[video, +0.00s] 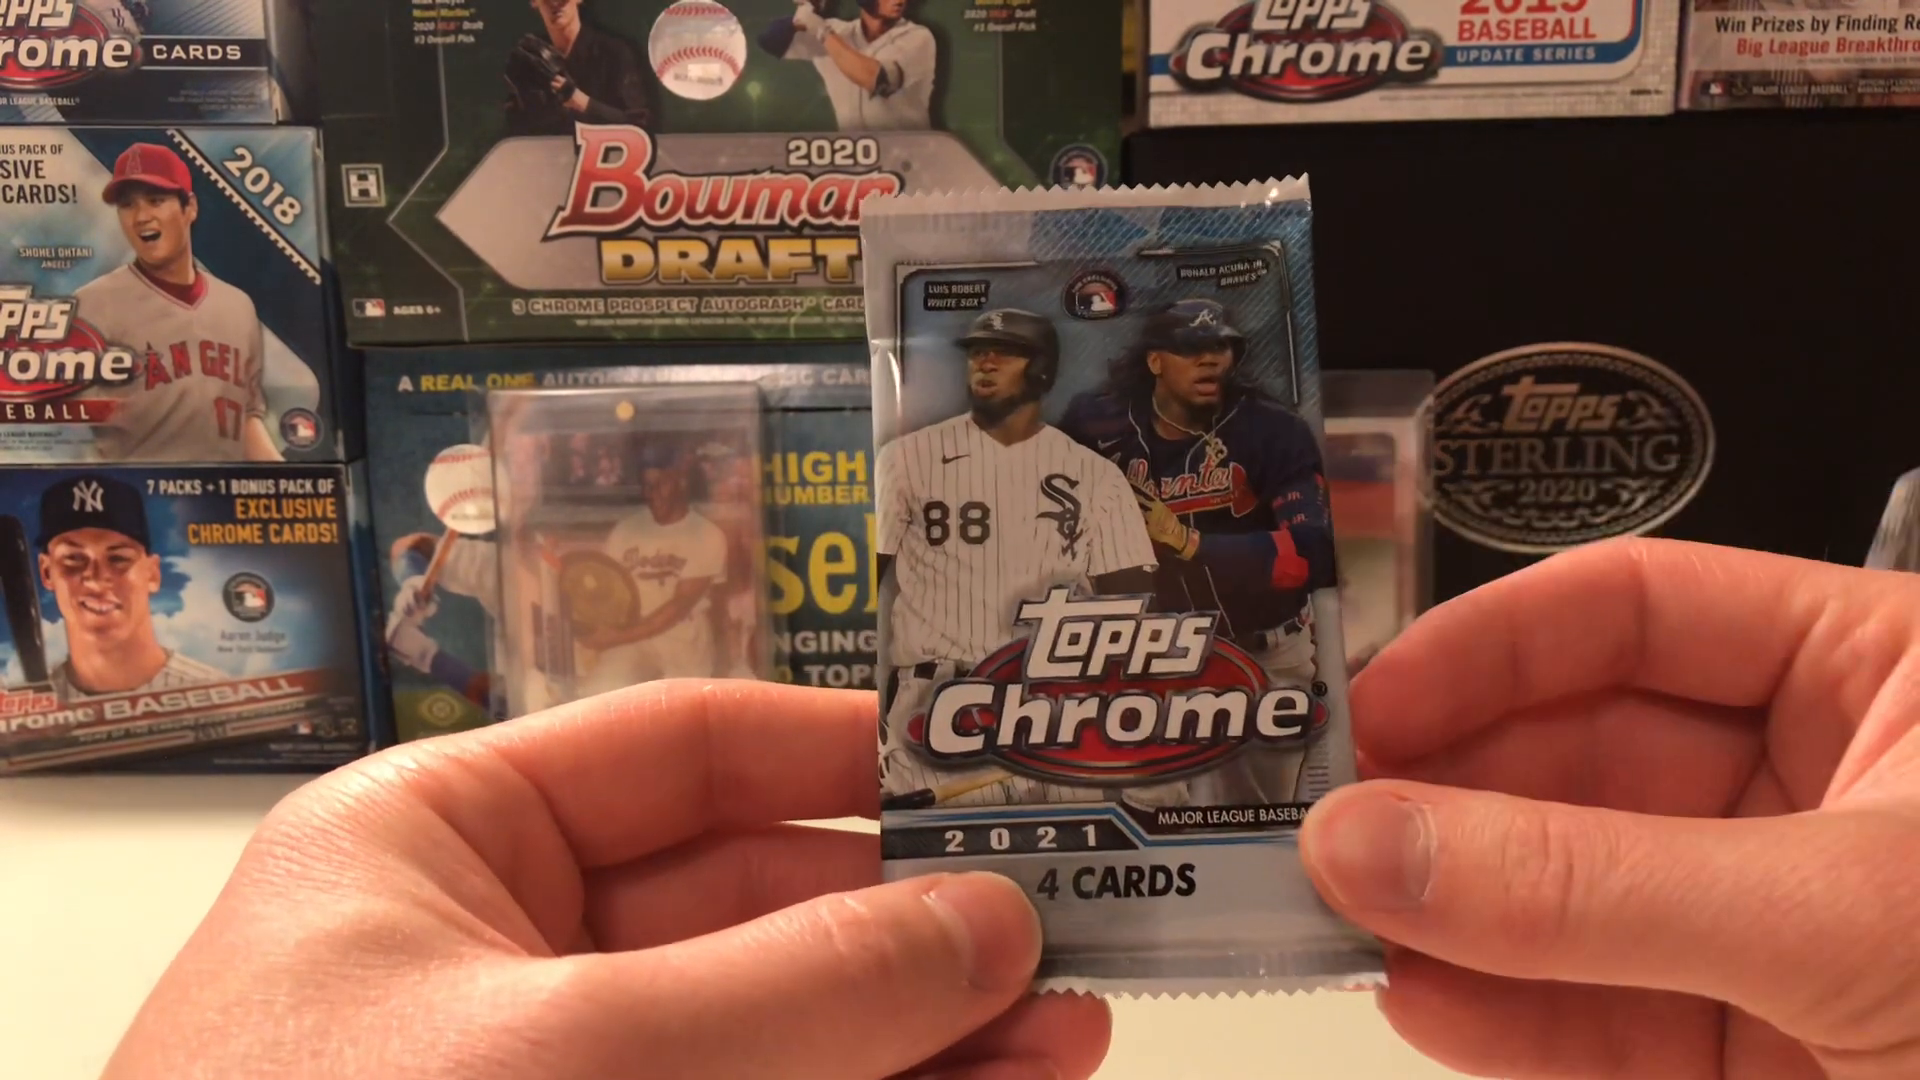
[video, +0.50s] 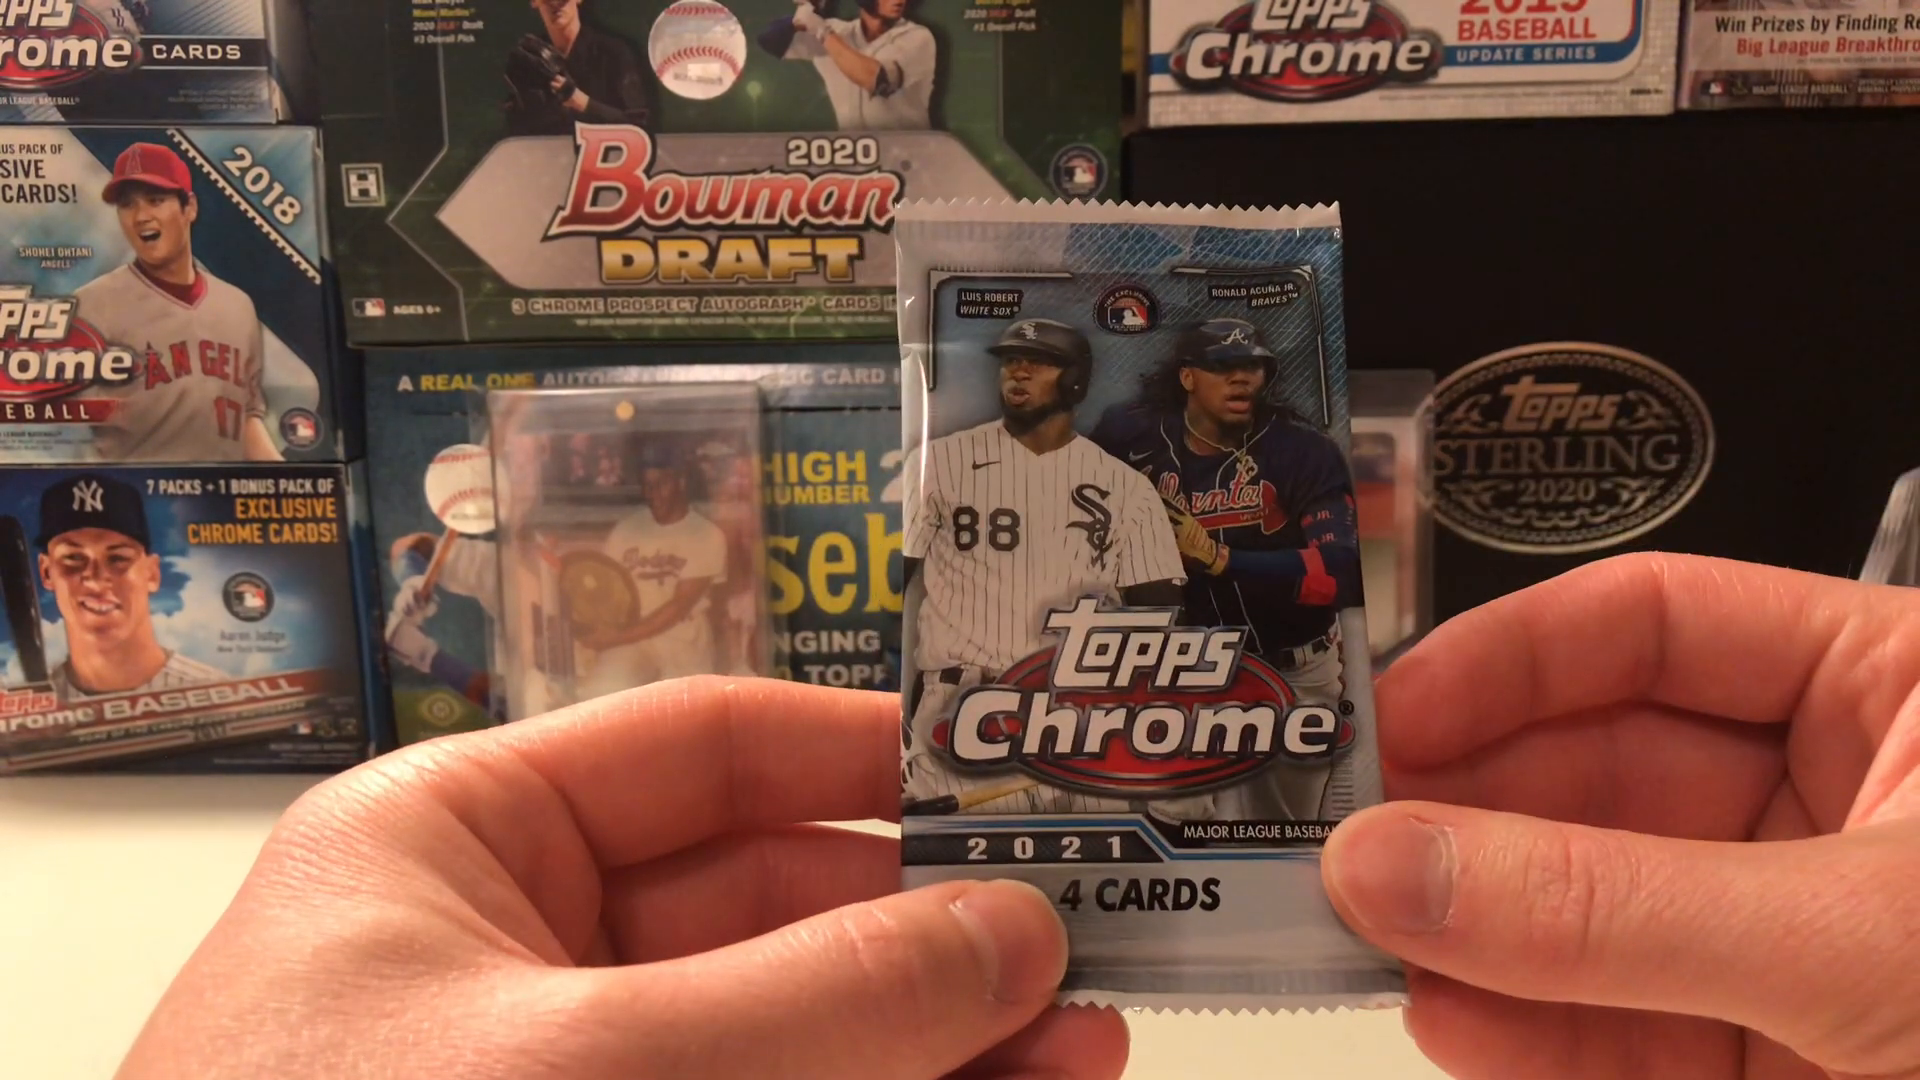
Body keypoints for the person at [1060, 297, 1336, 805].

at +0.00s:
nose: (1213, 361)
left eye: (1221, 347)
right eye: (1194, 349)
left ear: (1234, 355)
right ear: (1155, 362)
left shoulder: (1274, 433)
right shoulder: (1097, 424)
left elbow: (1312, 557)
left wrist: (1191, 543)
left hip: (1264, 646)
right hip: (1143, 649)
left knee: (1265, 815)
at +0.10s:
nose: (1225, 371)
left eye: (1233, 357)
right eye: (1207, 358)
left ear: (1246, 365)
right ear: (1167, 369)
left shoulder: (1284, 443)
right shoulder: (1111, 429)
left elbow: (1320, 567)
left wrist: (1207, 553)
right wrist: (1132, 529)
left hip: (1273, 652)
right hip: (1149, 653)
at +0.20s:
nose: (1239, 378)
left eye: (1247, 365)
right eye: (1220, 366)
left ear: (1260, 373)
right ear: (1183, 377)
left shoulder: (1299, 452)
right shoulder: (1130, 440)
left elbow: (1332, 575)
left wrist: (1213, 557)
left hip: (1293, 665)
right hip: (1179, 666)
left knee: (1294, 834)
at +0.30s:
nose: (1243, 377)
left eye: (1252, 364)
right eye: (1225, 365)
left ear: (1265, 372)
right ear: (1187, 375)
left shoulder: (1306, 452)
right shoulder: (1137, 446)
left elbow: (1336, 575)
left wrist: (1221, 557)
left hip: (1300, 669)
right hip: (1189, 673)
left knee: (1299, 842)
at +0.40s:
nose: (1244, 377)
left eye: (1252, 364)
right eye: (1225, 365)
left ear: (1265, 373)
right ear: (1187, 376)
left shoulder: (1306, 452)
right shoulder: (1138, 448)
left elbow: (1338, 575)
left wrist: (1222, 558)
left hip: (1300, 669)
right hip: (1190, 672)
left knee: (1300, 841)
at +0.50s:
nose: (1242, 379)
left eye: (1251, 366)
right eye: (1225, 367)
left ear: (1265, 375)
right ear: (1187, 377)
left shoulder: (1307, 455)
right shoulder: (1136, 443)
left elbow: (1336, 575)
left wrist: (1219, 558)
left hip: (1298, 669)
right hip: (1185, 671)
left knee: (1294, 838)